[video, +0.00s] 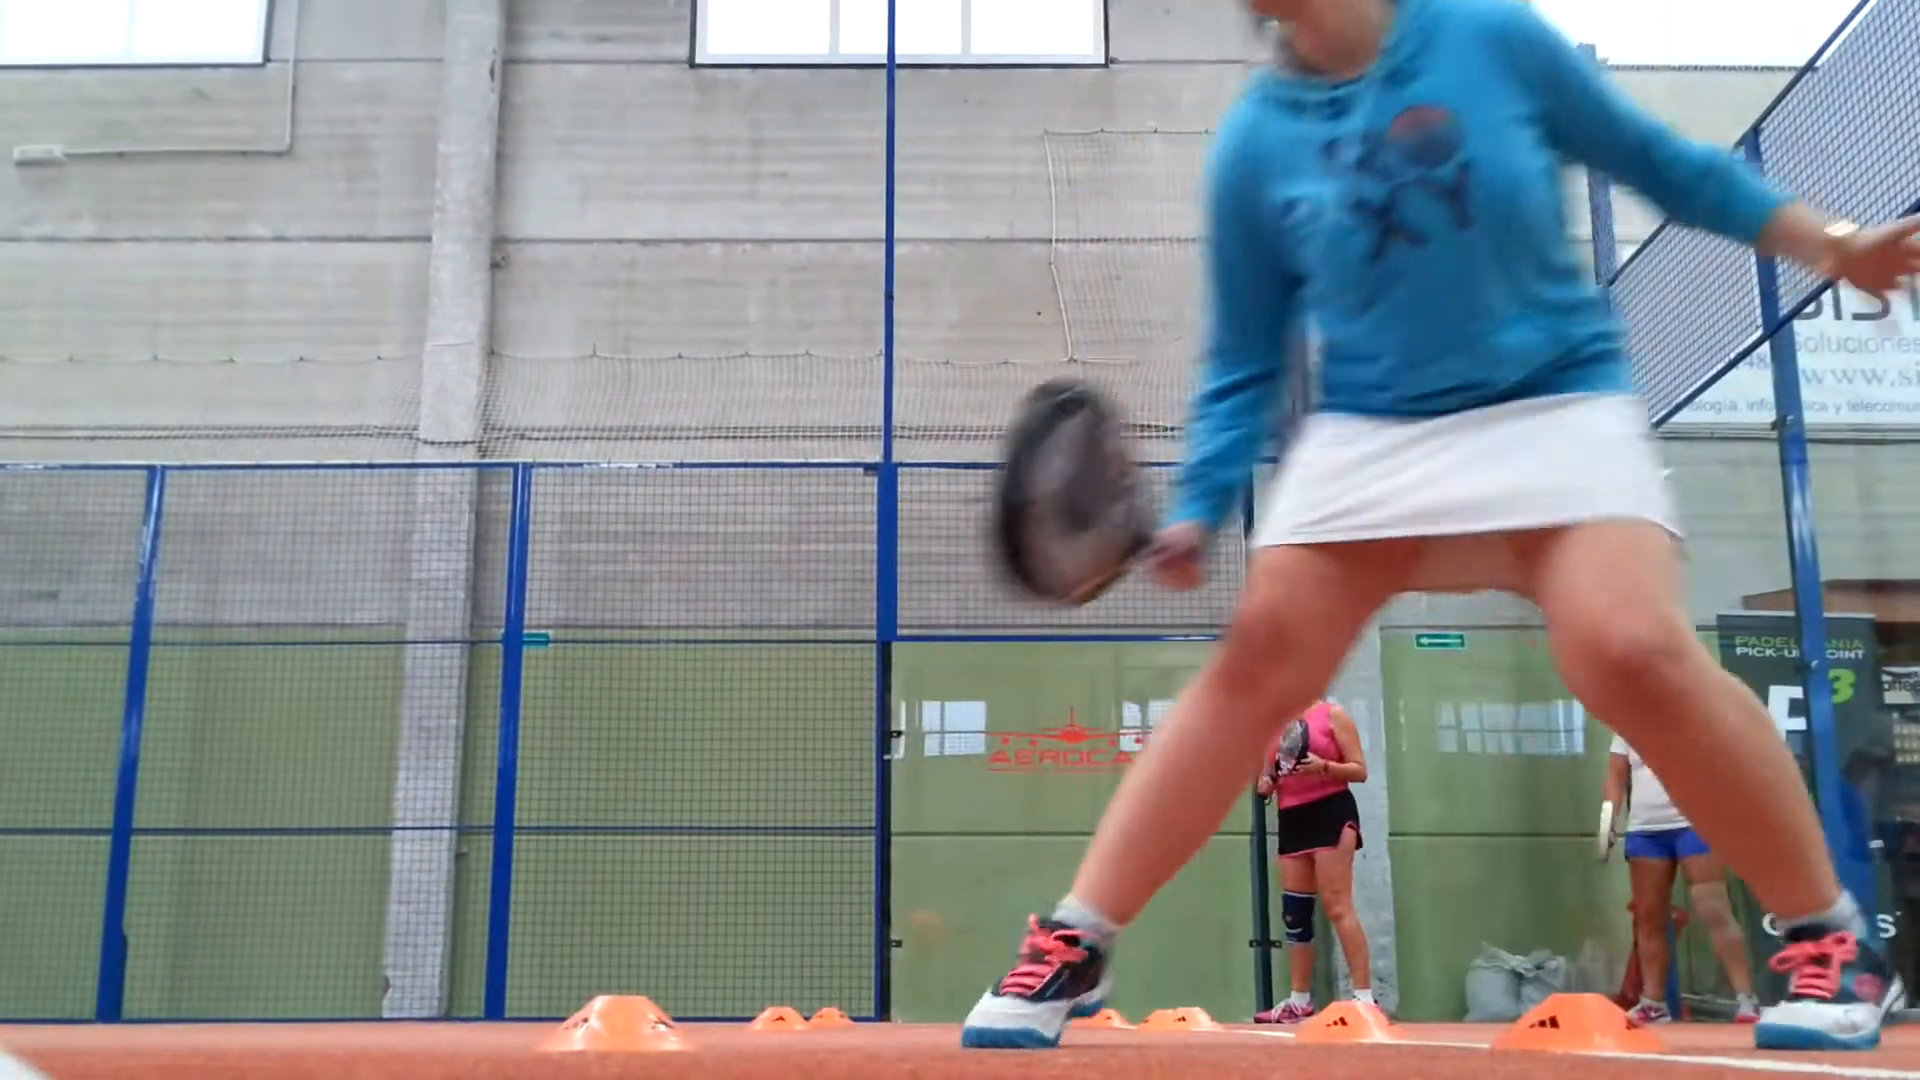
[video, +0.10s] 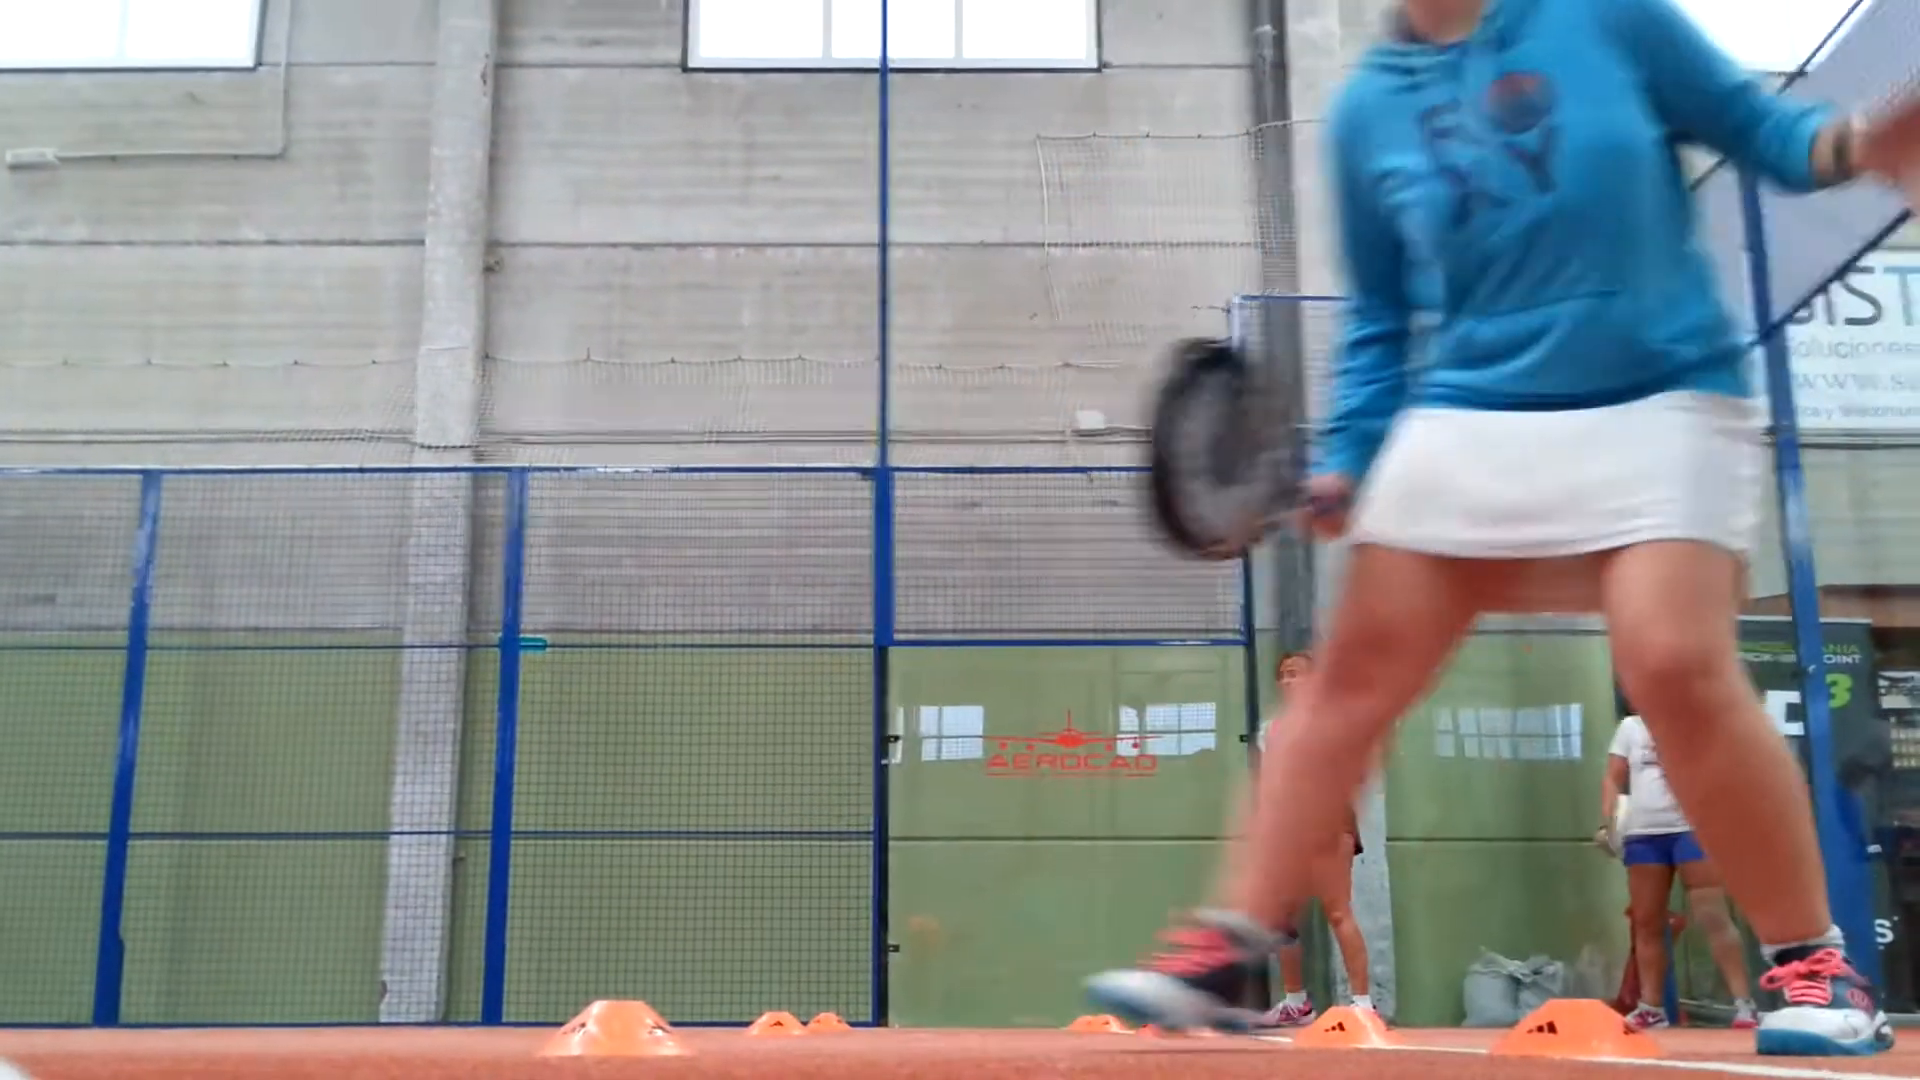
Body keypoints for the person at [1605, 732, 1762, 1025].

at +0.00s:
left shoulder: (1701, 719)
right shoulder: (1632, 717)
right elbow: (1617, 770)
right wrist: (1610, 816)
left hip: (1694, 823)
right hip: (1645, 825)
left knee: (1714, 911)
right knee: (1648, 916)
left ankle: (1745, 999)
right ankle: (1652, 1002)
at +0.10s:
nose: (1653, 701)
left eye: (1661, 696)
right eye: (1648, 694)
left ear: (1679, 699)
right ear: (1642, 696)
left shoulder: (1693, 727)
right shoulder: (1631, 726)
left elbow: (1710, 773)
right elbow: (1614, 777)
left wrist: (1715, 818)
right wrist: (1607, 821)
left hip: (1692, 828)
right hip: (1643, 831)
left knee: (1714, 918)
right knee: (1646, 923)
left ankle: (1743, 1003)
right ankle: (1651, 1006)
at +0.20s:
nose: (1671, 688)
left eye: (1677, 682)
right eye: (1665, 682)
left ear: (1691, 690)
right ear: (1657, 689)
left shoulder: (1704, 731)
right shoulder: (1635, 727)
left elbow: (1722, 780)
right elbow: (1616, 778)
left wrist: (1731, 824)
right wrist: (1612, 821)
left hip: (1698, 832)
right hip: (1647, 835)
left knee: (1714, 920)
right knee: (1647, 925)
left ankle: (1743, 1004)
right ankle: (1650, 1008)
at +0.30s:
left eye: (1663, 694)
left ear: (1678, 691)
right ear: (1642, 694)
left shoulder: (1698, 724)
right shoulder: (1634, 724)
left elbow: (1719, 771)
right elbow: (1617, 774)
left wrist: (1729, 820)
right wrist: (1618, 819)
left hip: (1696, 829)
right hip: (1645, 835)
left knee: (1713, 919)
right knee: (1649, 926)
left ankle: (1748, 998)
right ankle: (1651, 1007)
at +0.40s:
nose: (1689, 685)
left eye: (1693, 680)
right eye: (1680, 680)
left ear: (1697, 691)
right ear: (1660, 689)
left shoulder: (1710, 737)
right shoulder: (1635, 726)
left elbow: (1728, 793)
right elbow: (1618, 777)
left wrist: (1713, 832)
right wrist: (1621, 822)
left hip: (1697, 834)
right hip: (1646, 838)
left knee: (1715, 920)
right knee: (1649, 925)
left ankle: (1743, 1004)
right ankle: (1652, 1008)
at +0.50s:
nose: (1685, 685)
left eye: (1689, 679)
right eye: (1676, 679)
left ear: (1695, 689)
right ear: (1658, 688)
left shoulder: (1709, 736)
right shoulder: (1634, 726)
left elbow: (1727, 792)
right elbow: (1617, 777)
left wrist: (1712, 831)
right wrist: (1621, 824)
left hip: (1697, 836)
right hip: (1646, 838)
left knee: (1716, 920)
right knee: (1649, 925)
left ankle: (1743, 1004)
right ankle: (1651, 1008)